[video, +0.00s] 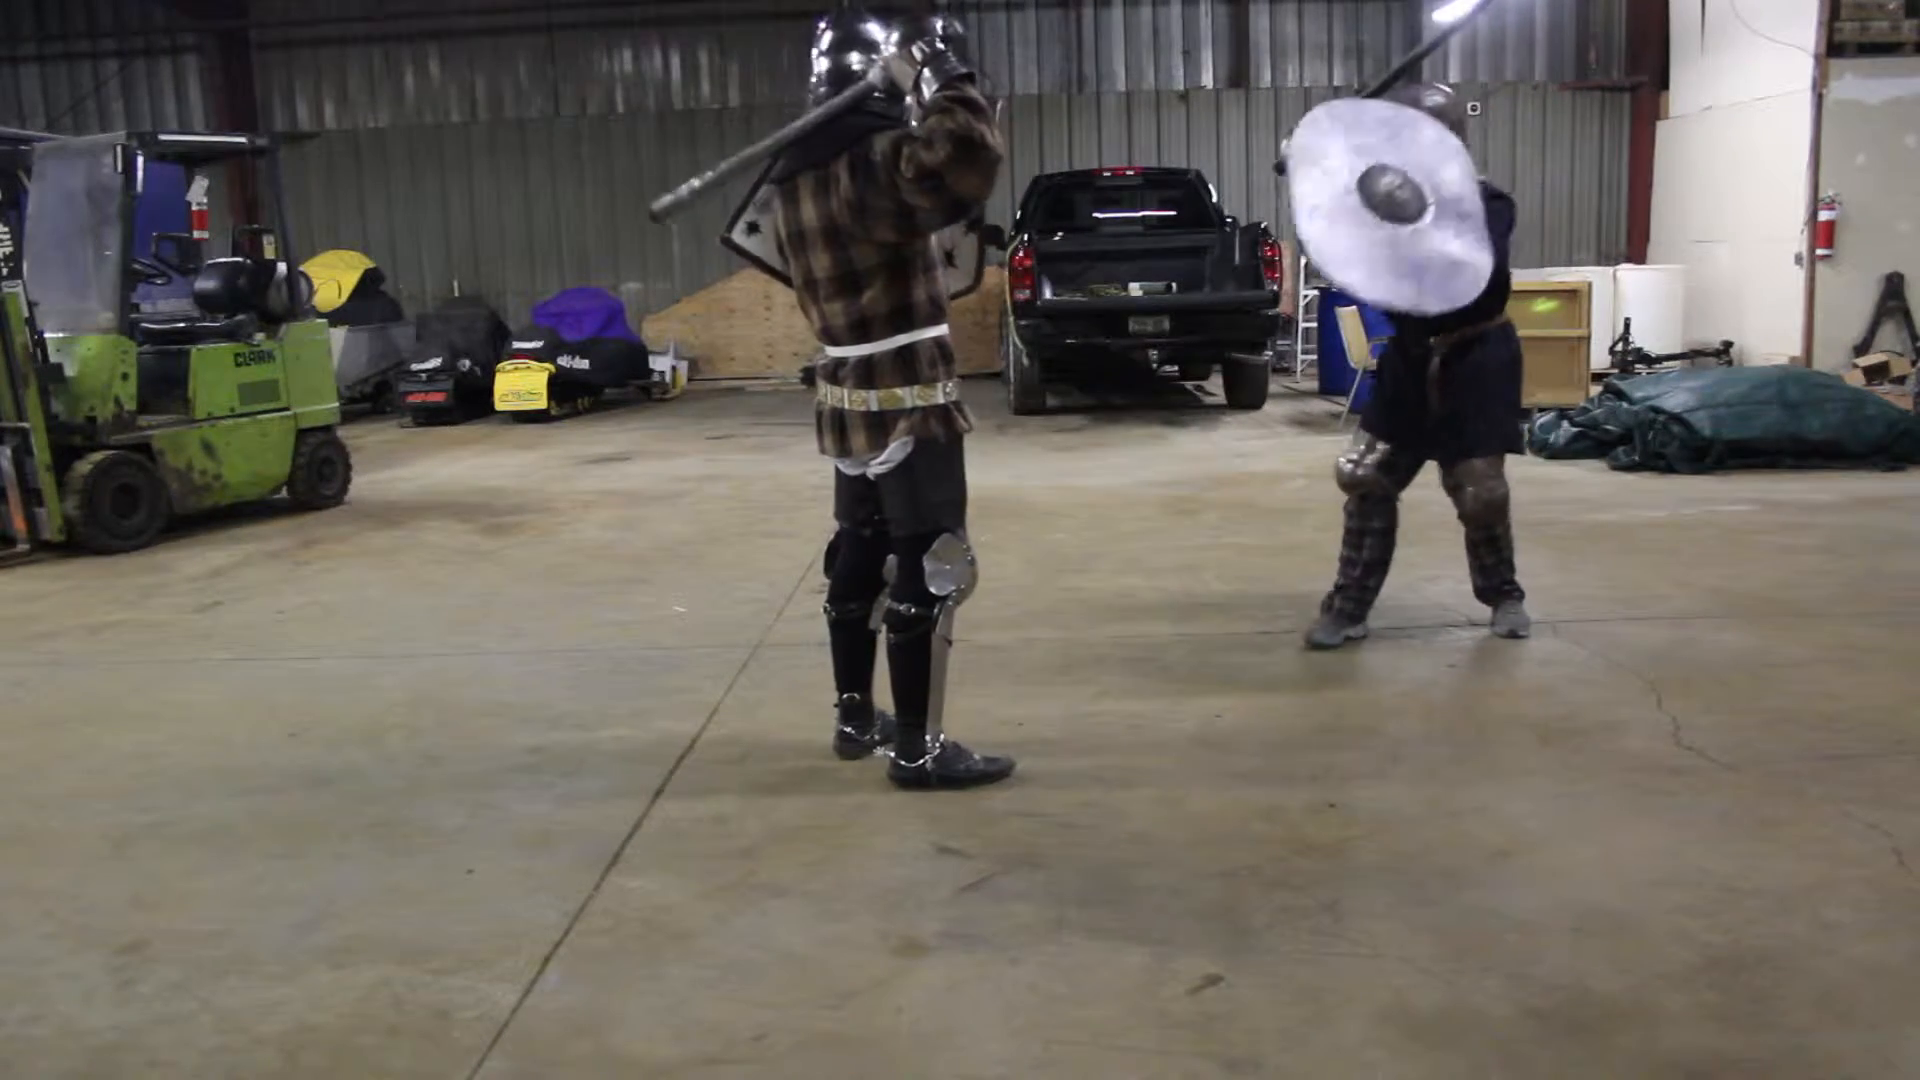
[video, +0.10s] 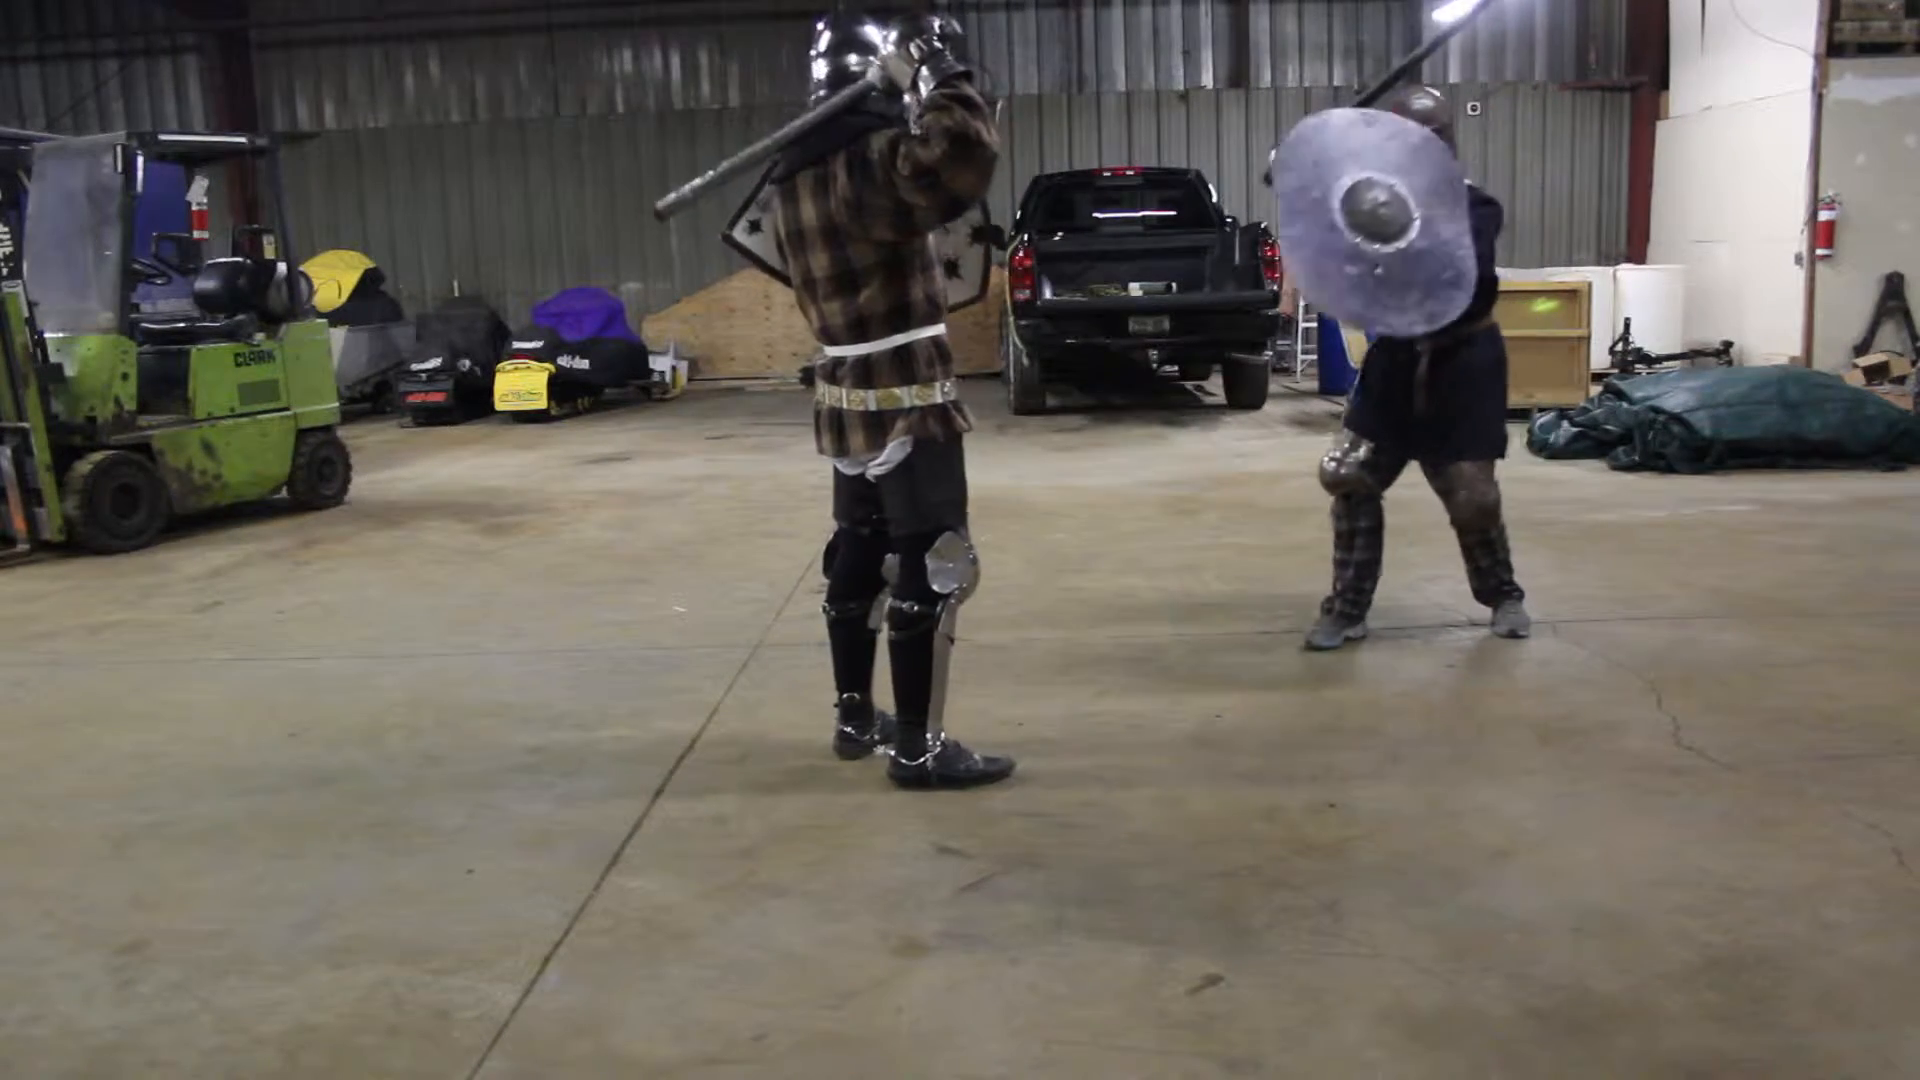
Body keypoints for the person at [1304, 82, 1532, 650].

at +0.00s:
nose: (1425, 144)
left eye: (1437, 132)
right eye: (1414, 133)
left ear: (1458, 136)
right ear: (1401, 137)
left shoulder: (1488, 204)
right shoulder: (1391, 200)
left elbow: (1465, 280)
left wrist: (1417, 217)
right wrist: (1312, 180)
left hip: (1479, 350)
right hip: (1410, 349)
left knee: (1480, 487)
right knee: (1368, 476)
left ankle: (1504, 598)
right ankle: (1347, 607)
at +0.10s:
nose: (1414, 147)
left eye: (1428, 135)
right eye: (1402, 136)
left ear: (1449, 139)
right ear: (1387, 140)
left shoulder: (1476, 209)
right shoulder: (1379, 202)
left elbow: (1465, 295)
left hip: (1466, 354)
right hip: (1394, 352)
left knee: (1470, 490)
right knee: (1351, 477)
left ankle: (1503, 598)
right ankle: (1346, 609)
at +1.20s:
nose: (1379, 167)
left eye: (1390, 155)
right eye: (1368, 154)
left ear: (1413, 159)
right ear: (1355, 156)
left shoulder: (1438, 225)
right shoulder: (1346, 218)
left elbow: (1440, 313)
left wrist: (1400, 353)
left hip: (1436, 370)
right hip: (1360, 370)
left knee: (1456, 503)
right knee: (1327, 482)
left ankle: (1504, 598)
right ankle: (1344, 610)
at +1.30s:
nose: (1379, 165)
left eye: (1392, 153)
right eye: (1368, 152)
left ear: (1416, 159)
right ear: (1355, 156)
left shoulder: (1439, 226)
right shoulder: (1343, 216)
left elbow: (1449, 315)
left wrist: (1403, 349)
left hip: (1434, 368)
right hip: (1358, 367)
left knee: (1458, 504)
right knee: (1319, 482)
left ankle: (1504, 599)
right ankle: (1344, 610)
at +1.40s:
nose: (1391, 148)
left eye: (1401, 136)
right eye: (1381, 136)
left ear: (1421, 146)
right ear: (1363, 144)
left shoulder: (1443, 215)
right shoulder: (1345, 208)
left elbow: (1427, 298)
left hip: (1433, 360)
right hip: (1354, 363)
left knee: (1464, 495)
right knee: (1324, 484)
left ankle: (1503, 597)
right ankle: (1344, 611)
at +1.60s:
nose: (1373, 161)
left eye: (1383, 151)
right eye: (1360, 152)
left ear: (1402, 155)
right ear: (1341, 160)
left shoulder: (1435, 193)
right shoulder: (1326, 205)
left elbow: (1455, 248)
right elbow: (1278, 259)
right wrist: (1267, 189)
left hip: (1437, 342)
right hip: (1359, 346)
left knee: (1470, 481)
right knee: (1337, 481)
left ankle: (1495, 593)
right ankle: (1344, 609)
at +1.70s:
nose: (1380, 156)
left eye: (1391, 146)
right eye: (1367, 147)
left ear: (1411, 152)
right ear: (1349, 157)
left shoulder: (1439, 195)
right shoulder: (1332, 203)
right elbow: (1273, 240)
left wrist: (1424, 146)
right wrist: (1272, 168)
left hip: (1444, 342)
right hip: (1365, 346)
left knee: (1478, 472)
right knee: (1341, 479)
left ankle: (1500, 593)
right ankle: (1345, 609)